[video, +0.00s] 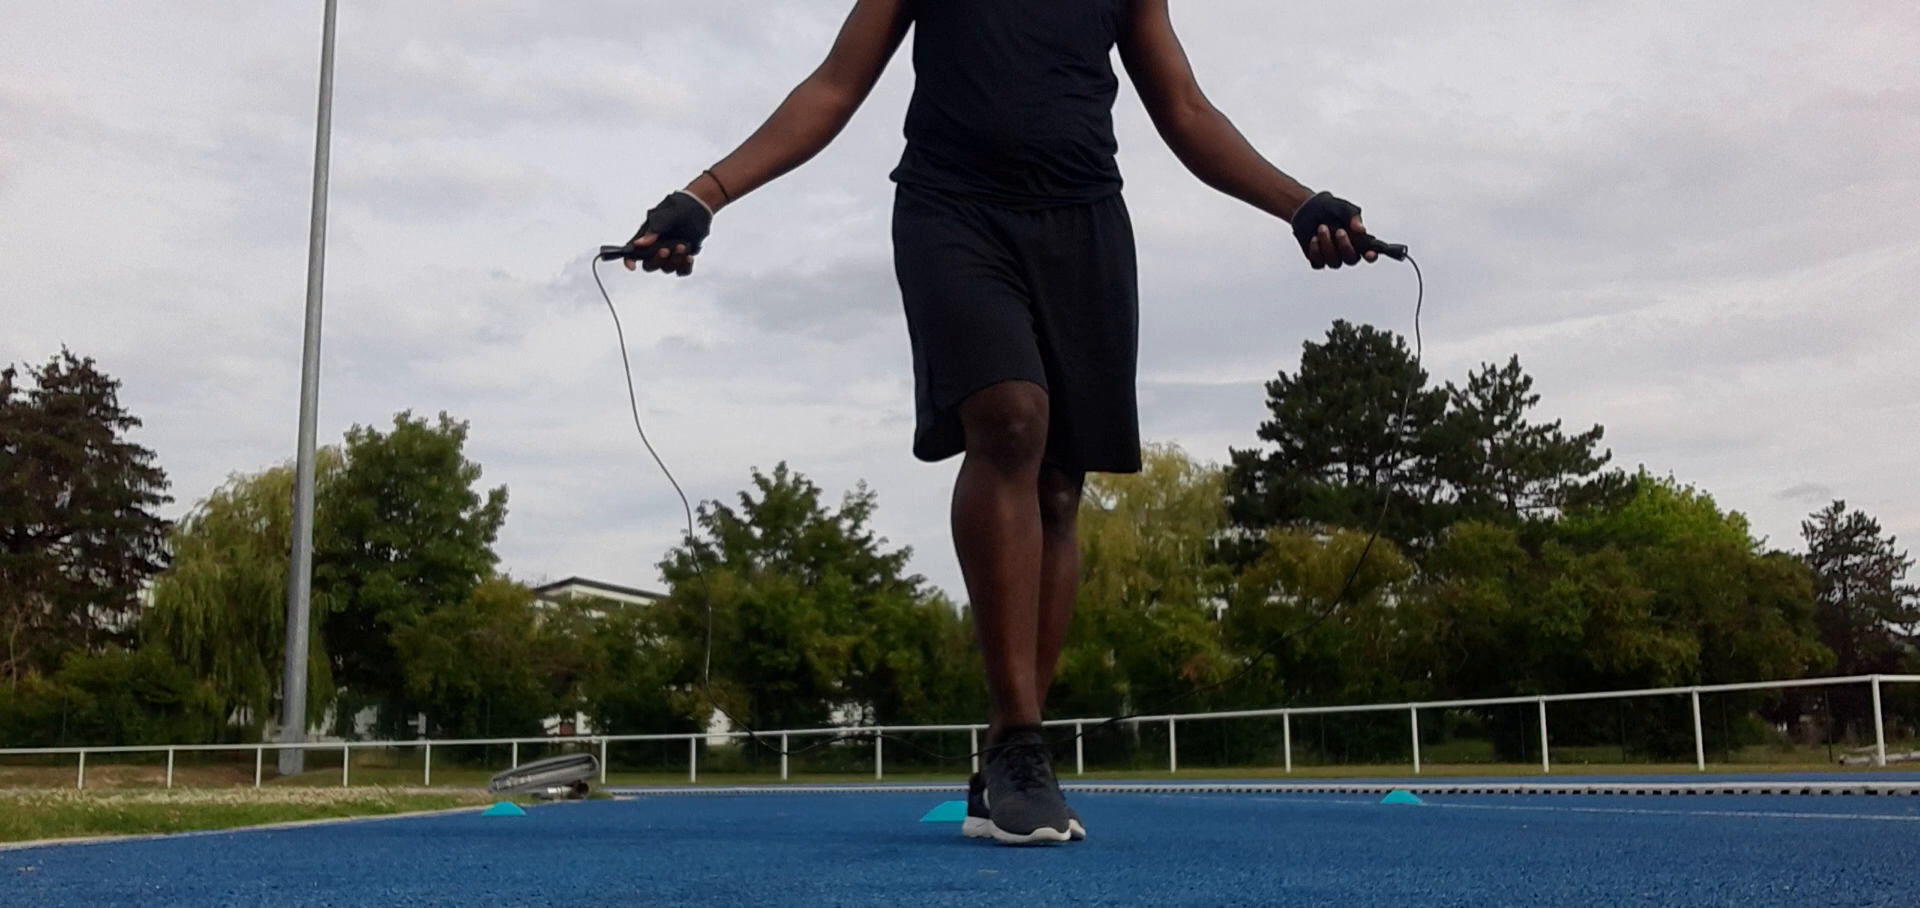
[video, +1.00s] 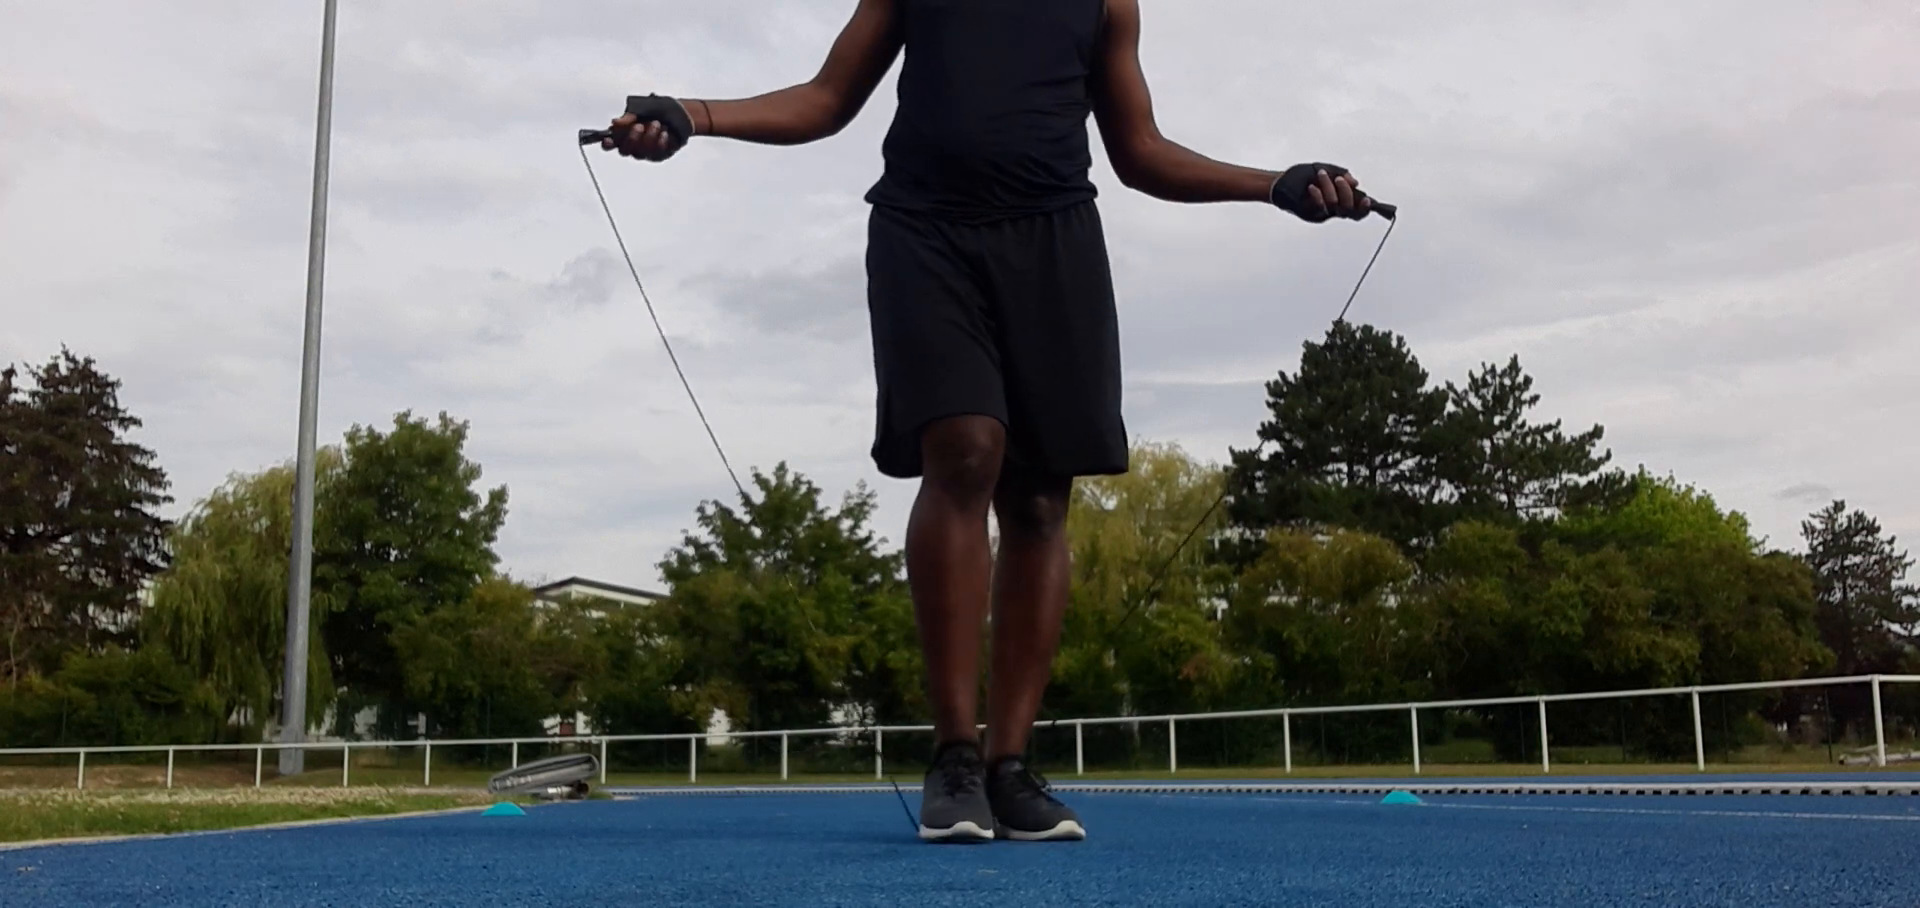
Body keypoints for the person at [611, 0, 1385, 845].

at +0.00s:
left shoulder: (1128, 1)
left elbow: (1186, 111)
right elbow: (834, 86)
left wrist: (1300, 203)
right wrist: (704, 192)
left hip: (1082, 216)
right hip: (952, 210)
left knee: (1057, 490)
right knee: (1012, 417)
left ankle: (1012, 758)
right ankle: (1020, 746)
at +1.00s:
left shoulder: (1106, 13)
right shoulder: (907, 7)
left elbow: (1141, 153)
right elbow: (823, 101)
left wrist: (1279, 183)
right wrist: (690, 115)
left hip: (1053, 235)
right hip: (926, 228)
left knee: (1037, 495)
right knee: (963, 453)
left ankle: (1010, 769)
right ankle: (955, 761)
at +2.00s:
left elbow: (1046, 97)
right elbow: (736, 100)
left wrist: (1181, 211)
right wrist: (624, 220)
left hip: (979, 216)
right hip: (838, 219)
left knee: (1000, 450)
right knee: (843, 486)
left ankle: (999, 721)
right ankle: (871, 771)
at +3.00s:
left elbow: (1107, 79)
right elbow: (770, 44)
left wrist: (1259, 157)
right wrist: (613, 108)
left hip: (1021, 188)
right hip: (873, 187)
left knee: (1025, 468)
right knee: (884, 466)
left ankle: (1011, 769)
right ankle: (877, 762)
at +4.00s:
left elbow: (1173, 6)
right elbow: (793, 7)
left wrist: (1326, 70)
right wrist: (648, 57)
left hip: (1042, 150)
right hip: (893, 153)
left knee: (1032, 462)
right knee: (902, 442)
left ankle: (1012, 778)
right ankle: (920, 772)